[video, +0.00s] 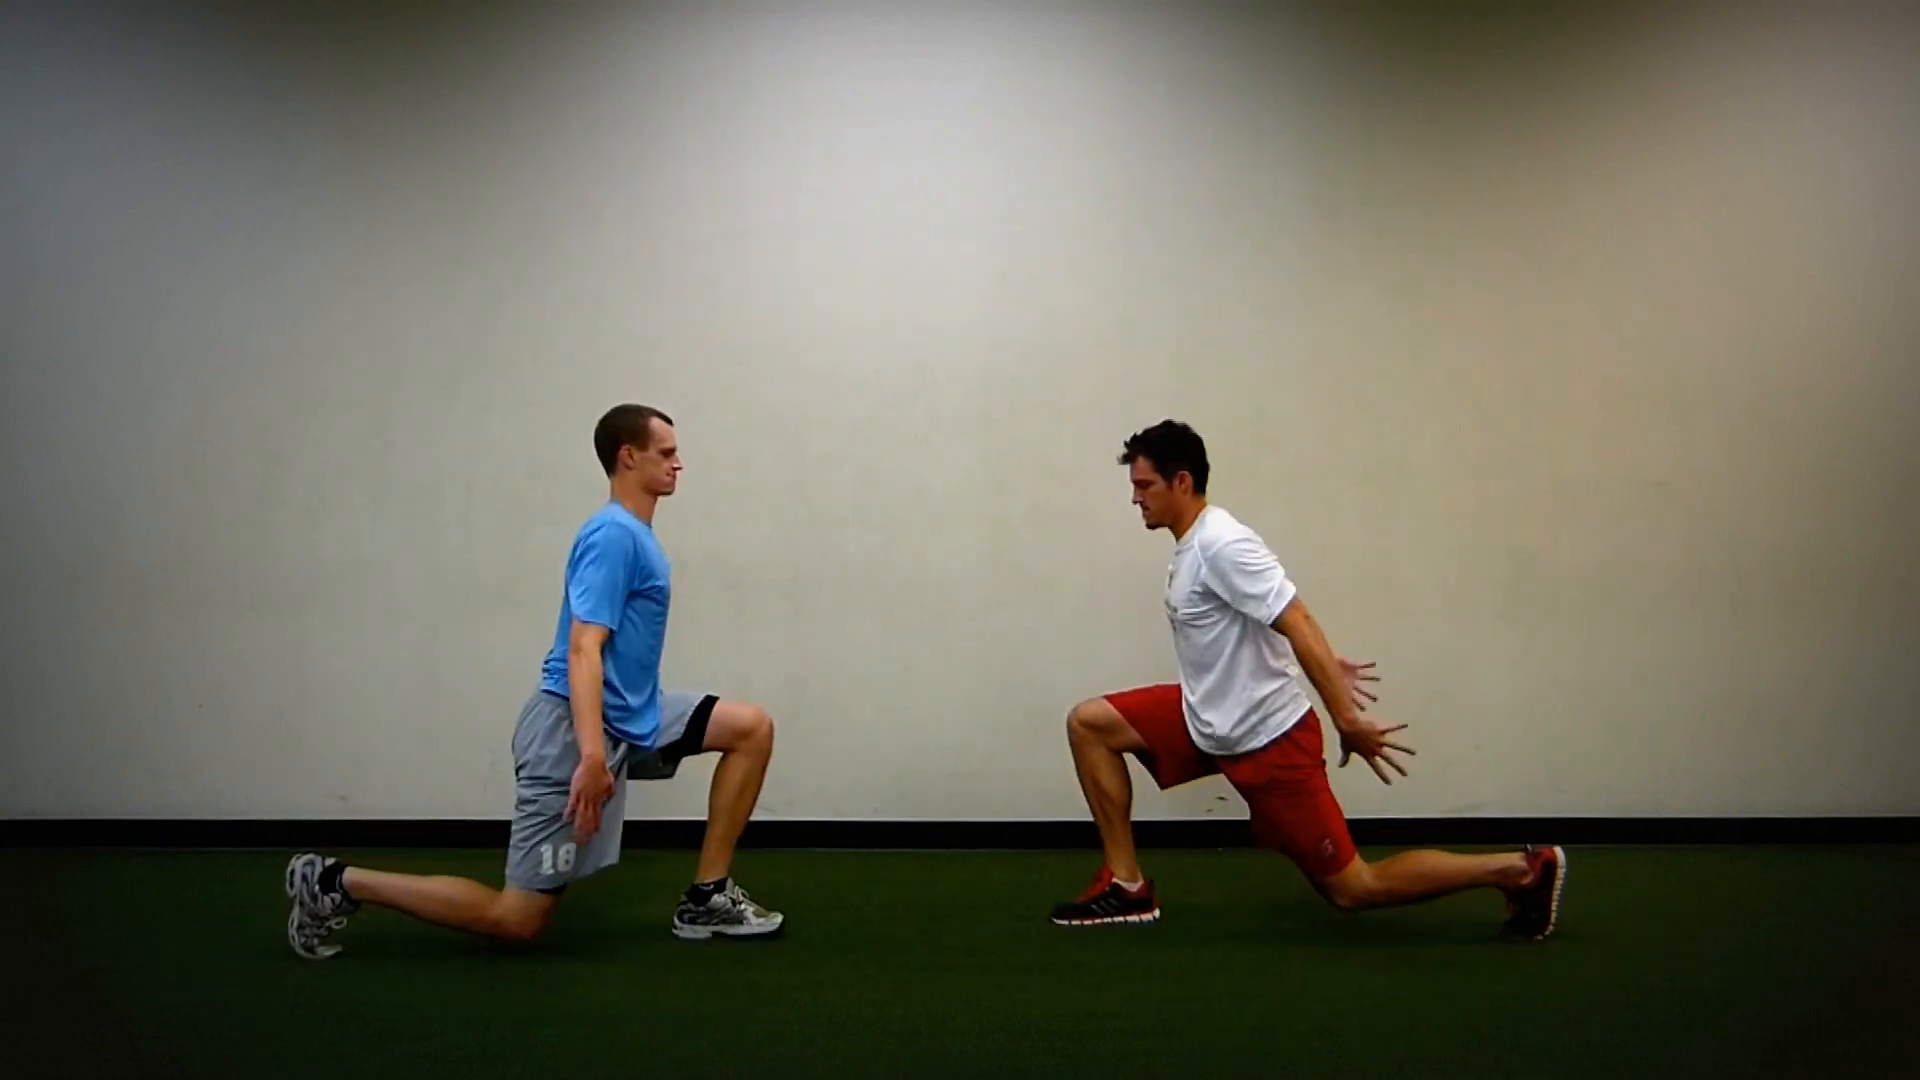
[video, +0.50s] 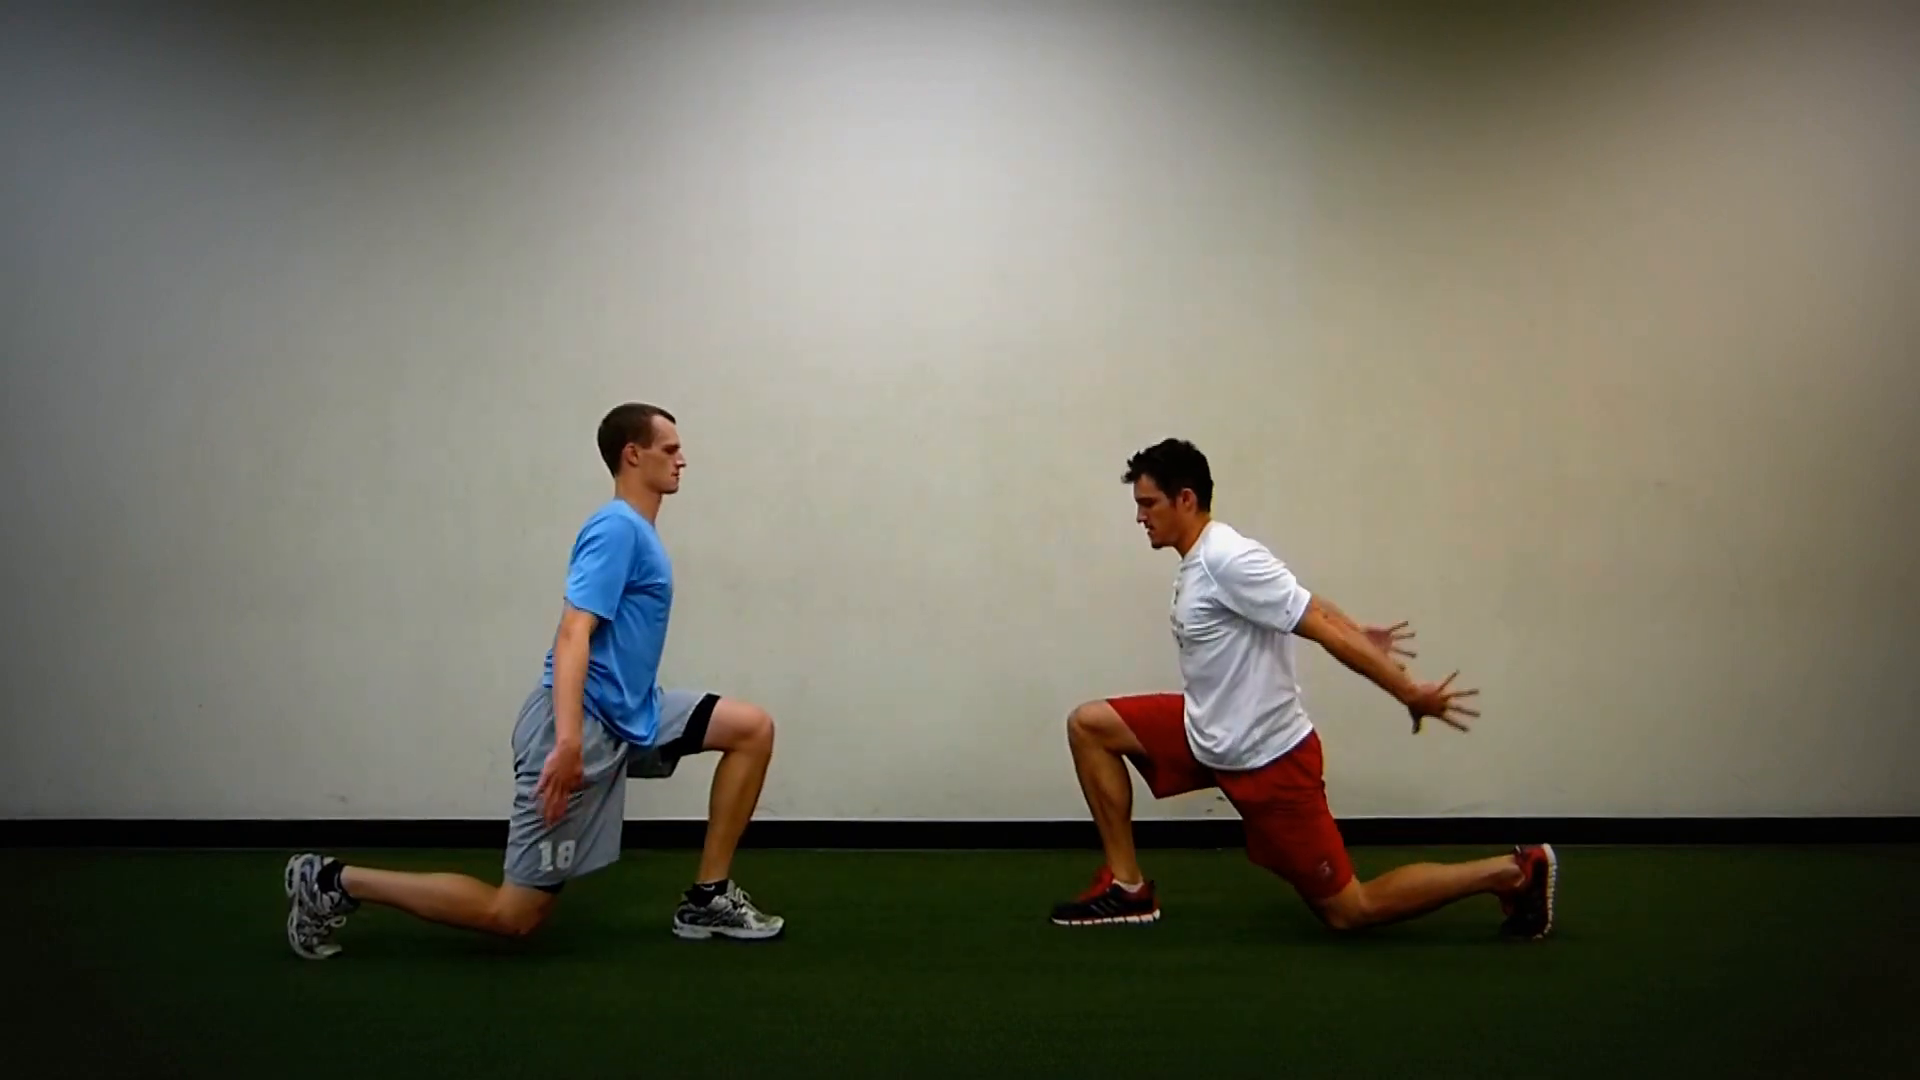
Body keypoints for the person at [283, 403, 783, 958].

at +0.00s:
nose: (677, 464)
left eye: (676, 453)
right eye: (667, 453)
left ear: (637, 459)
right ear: (629, 458)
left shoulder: (635, 532)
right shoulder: (611, 536)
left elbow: (606, 646)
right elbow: (584, 650)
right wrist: (592, 753)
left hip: (625, 711)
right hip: (571, 724)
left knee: (751, 730)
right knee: (520, 919)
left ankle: (710, 897)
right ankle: (333, 883)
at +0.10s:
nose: (675, 461)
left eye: (674, 450)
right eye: (665, 450)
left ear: (635, 455)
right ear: (627, 454)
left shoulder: (633, 528)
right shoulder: (609, 530)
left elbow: (609, 640)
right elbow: (586, 638)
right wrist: (600, 738)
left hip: (627, 709)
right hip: (570, 720)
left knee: (750, 729)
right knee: (517, 915)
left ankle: (708, 896)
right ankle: (334, 882)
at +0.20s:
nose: (675, 459)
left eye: (673, 448)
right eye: (665, 448)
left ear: (633, 453)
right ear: (627, 452)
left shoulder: (632, 525)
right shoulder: (611, 523)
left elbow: (613, 637)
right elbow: (587, 627)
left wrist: (623, 736)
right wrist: (603, 723)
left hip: (624, 706)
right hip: (570, 715)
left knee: (749, 729)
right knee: (517, 911)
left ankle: (708, 895)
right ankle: (334, 881)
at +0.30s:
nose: (676, 458)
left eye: (674, 447)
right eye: (665, 447)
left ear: (634, 452)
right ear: (628, 452)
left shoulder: (634, 524)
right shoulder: (612, 522)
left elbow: (618, 639)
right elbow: (584, 621)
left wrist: (626, 736)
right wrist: (596, 720)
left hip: (625, 707)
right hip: (571, 714)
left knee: (749, 729)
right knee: (517, 908)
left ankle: (709, 896)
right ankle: (332, 882)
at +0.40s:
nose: (679, 459)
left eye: (677, 448)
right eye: (668, 448)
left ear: (637, 454)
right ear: (631, 453)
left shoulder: (635, 526)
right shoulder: (613, 525)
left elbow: (605, 630)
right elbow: (579, 626)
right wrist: (582, 725)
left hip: (626, 706)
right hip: (573, 715)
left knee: (751, 730)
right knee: (518, 910)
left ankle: (709, 897)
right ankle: (332, 882)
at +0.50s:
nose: (681, 461)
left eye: (680, 450)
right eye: (671, 450)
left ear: (640, 457)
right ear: (634, 456)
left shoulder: (637, 530)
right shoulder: (614, 530)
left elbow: (599, 637)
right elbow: (573, 637)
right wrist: (569, 740)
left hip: (628, 709)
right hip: (575, 722)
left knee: (752, 730)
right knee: (517, 914)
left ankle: (711, 897)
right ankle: (332, 882)